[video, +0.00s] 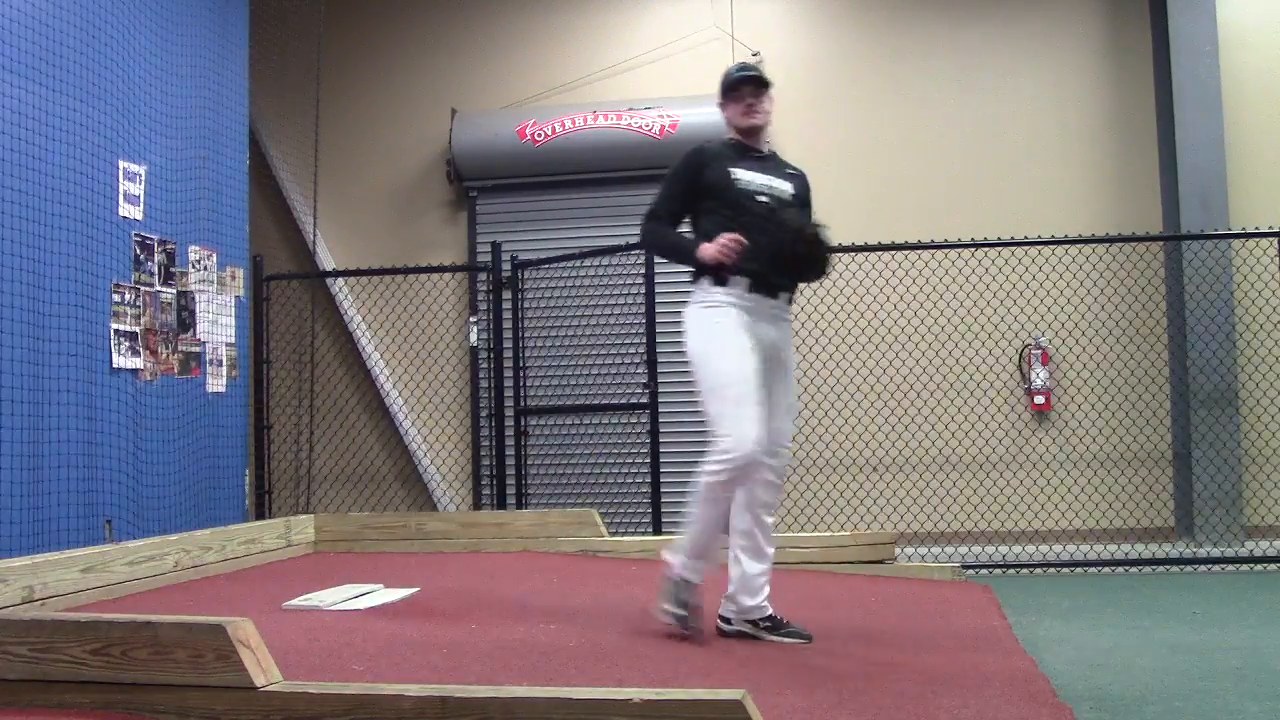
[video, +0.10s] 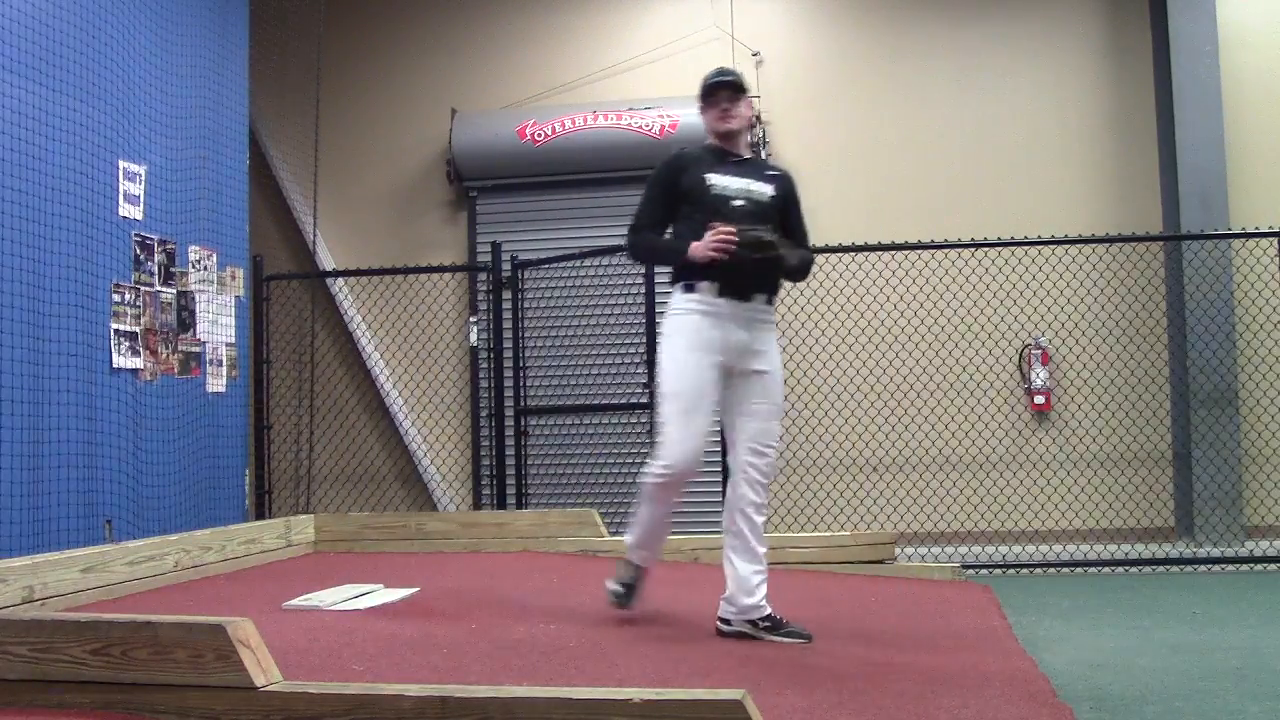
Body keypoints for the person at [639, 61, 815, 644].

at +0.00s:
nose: (751, 105)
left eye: (758, 96)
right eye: (740, 98)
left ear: (772, 104)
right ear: (723, 108)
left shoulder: (793, 179)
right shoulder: (703, 159)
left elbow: (810, 263)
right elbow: (653, 231)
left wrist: (807, 251)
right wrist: (699, 250)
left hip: (775, 319)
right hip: (719, 309)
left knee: (770, 460)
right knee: (740, 445)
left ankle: (746, 606)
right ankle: (683, 575)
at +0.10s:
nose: (725, 111)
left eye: (733, 102)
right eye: (715, 105)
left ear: (750, 108)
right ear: (702, 114)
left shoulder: (777, 181)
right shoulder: (681, 165)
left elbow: (801, 263)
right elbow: (639, 241)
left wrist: (768, 249)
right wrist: (692, 249)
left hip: (758, 327)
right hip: (694, 321)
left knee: (755, 465)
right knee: (680, 455)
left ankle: (744, 606)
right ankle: (636, 559)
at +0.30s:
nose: (666, 119)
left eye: (675, 110)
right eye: (657, 112)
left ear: (695, 119)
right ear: (646, 123)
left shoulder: (727, 186)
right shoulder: (626, 183)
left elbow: (752, 267)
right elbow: (592, 258)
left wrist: (708, 252)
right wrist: (629, 246)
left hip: (702, 337)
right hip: (633, 334)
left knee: (722, 464)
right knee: (611, 464)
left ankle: (740, 605)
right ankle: (615, 579)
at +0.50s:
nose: (609, 122)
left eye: (618, 113)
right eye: (601, 116)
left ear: (639, 120)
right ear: (592, 126)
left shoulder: (667, 185)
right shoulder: (577, 186)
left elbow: (689, 264)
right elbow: (547, 271)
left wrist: (649, 231)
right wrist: (556, 257)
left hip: (644, 336)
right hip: (582, 334)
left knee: (666, 456)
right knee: (596, 465)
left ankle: (708, 591)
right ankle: (618, 580)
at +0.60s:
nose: (585, 119)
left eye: (596, 110)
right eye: (577, 112)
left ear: (618, 118)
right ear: (567, 123)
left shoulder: (642, 178)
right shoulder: (557, 183)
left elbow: (661, 247)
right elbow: (537, 263)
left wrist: (615, 198)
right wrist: (533, 262)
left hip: (626, 329)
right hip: (566, 331)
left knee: (629, 446)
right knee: (590, 459)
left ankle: (660, 589)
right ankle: (616, 577)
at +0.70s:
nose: (563, 118)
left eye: (573, 108)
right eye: (556, 110)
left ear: (595, 117)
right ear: (547, 121)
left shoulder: (618, 171)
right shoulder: (536, 186)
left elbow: (639, 227)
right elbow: (517, 262)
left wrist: (586, 166)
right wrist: (511, 263)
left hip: (613, 323)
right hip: (554, 330)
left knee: (589, 443)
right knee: (582, 456)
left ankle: (599, 584)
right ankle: (624, 576)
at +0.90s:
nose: (529, 119)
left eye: (538, 110)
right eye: (523, 113)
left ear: (556, 115)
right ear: (512, 122)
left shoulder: (577, 168)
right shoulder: (499, 188)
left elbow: (582, 173)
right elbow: (495, 264)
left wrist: (530, 116)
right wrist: (480, 262)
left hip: (571, 315)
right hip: (521, 324)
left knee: (529, 442)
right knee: (563, 458)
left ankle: (520, 580)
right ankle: (617, 571)